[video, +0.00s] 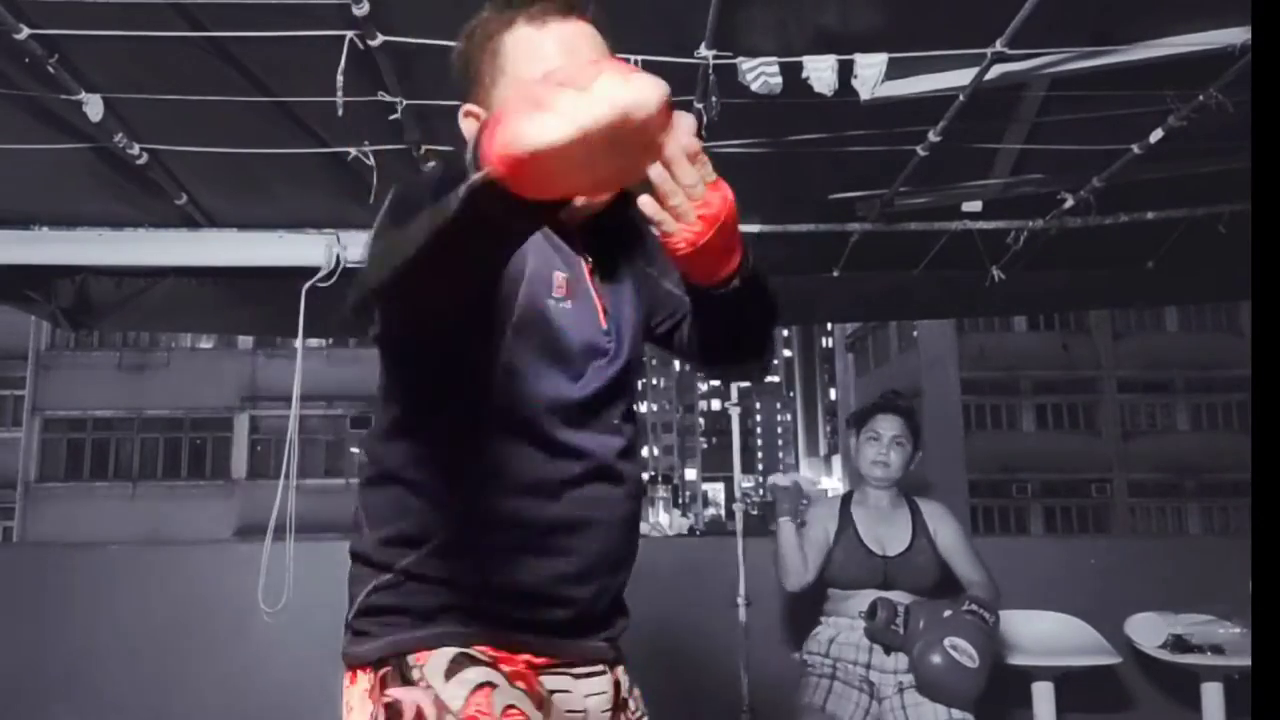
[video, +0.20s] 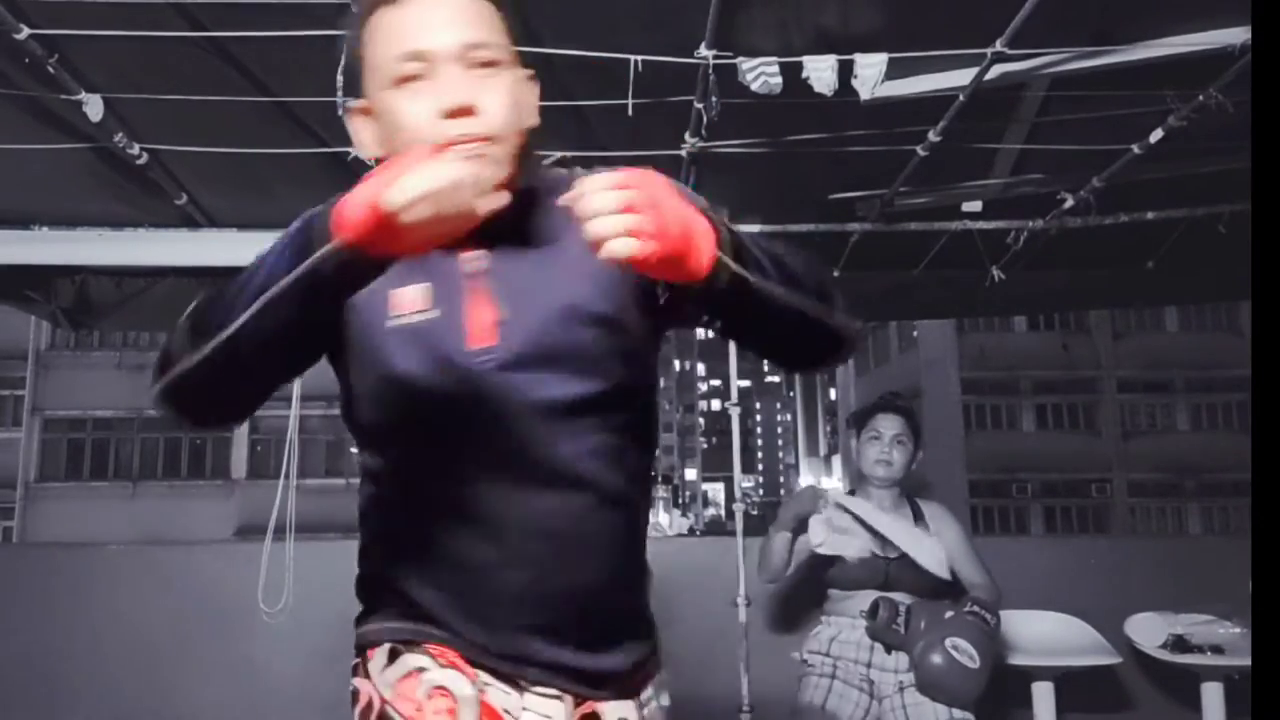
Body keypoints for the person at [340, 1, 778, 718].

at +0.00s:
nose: (586, 114)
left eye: (599, 88)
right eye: (553, 90)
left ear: (623, 96)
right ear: (478, 127)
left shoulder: (625, 241)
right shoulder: (437, 211)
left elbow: (738, 351)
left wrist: (720, 260)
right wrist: (508, 186)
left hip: (585, 652)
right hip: (437, 646)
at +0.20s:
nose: (455, 98)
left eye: (483, 64)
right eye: (413, 76)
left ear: (533, 101)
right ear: (363, 126)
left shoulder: (621, 224)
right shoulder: (343, 252)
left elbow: (825, 338)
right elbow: (194, 392)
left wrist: (711, 254)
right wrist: (347, 238)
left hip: (605, 669)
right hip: (433, 654)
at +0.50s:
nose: (563, 106)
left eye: (579, 76)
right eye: (515, 79)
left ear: (603, 91)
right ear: (432, 120)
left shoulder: (639, 239)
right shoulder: (376, 244)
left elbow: (809, 361)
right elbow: (283, 456)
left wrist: (726, 229)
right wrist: (424, 262)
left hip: (616, 666)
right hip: (455, 660)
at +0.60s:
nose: (674, 133)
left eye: (677, 105)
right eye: (634, 109)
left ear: (692, 109)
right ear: (539, 132)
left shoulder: (681, 258)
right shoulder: (461, 238)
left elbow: (799, 375)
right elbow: (349, 428)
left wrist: (763, 253)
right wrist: (514, 253)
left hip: (613, 646)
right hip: (468, 636)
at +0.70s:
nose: (700, 146)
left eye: (704, 120)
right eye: (672, 121)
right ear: (577, 139)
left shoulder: (671, 275)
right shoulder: (503, 223)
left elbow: (758, 383)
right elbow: (391, 312)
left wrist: (761, 266)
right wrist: (608, 207)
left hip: (602, 646)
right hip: (457, 646)